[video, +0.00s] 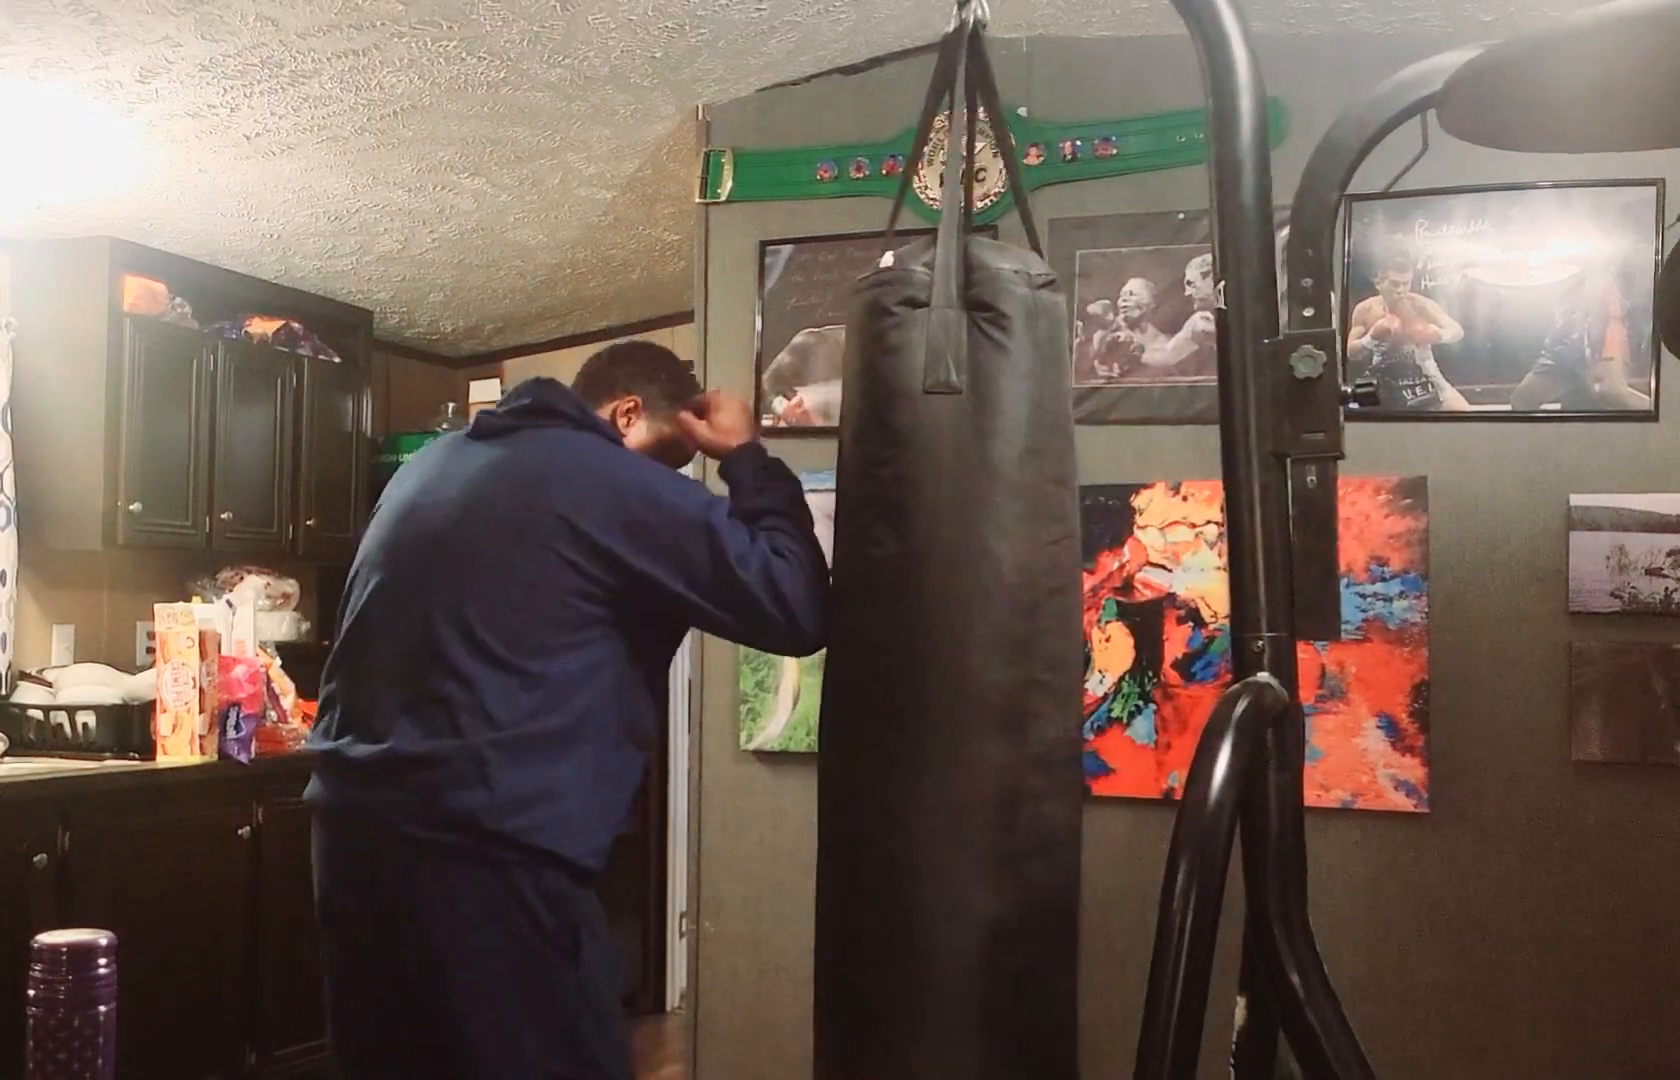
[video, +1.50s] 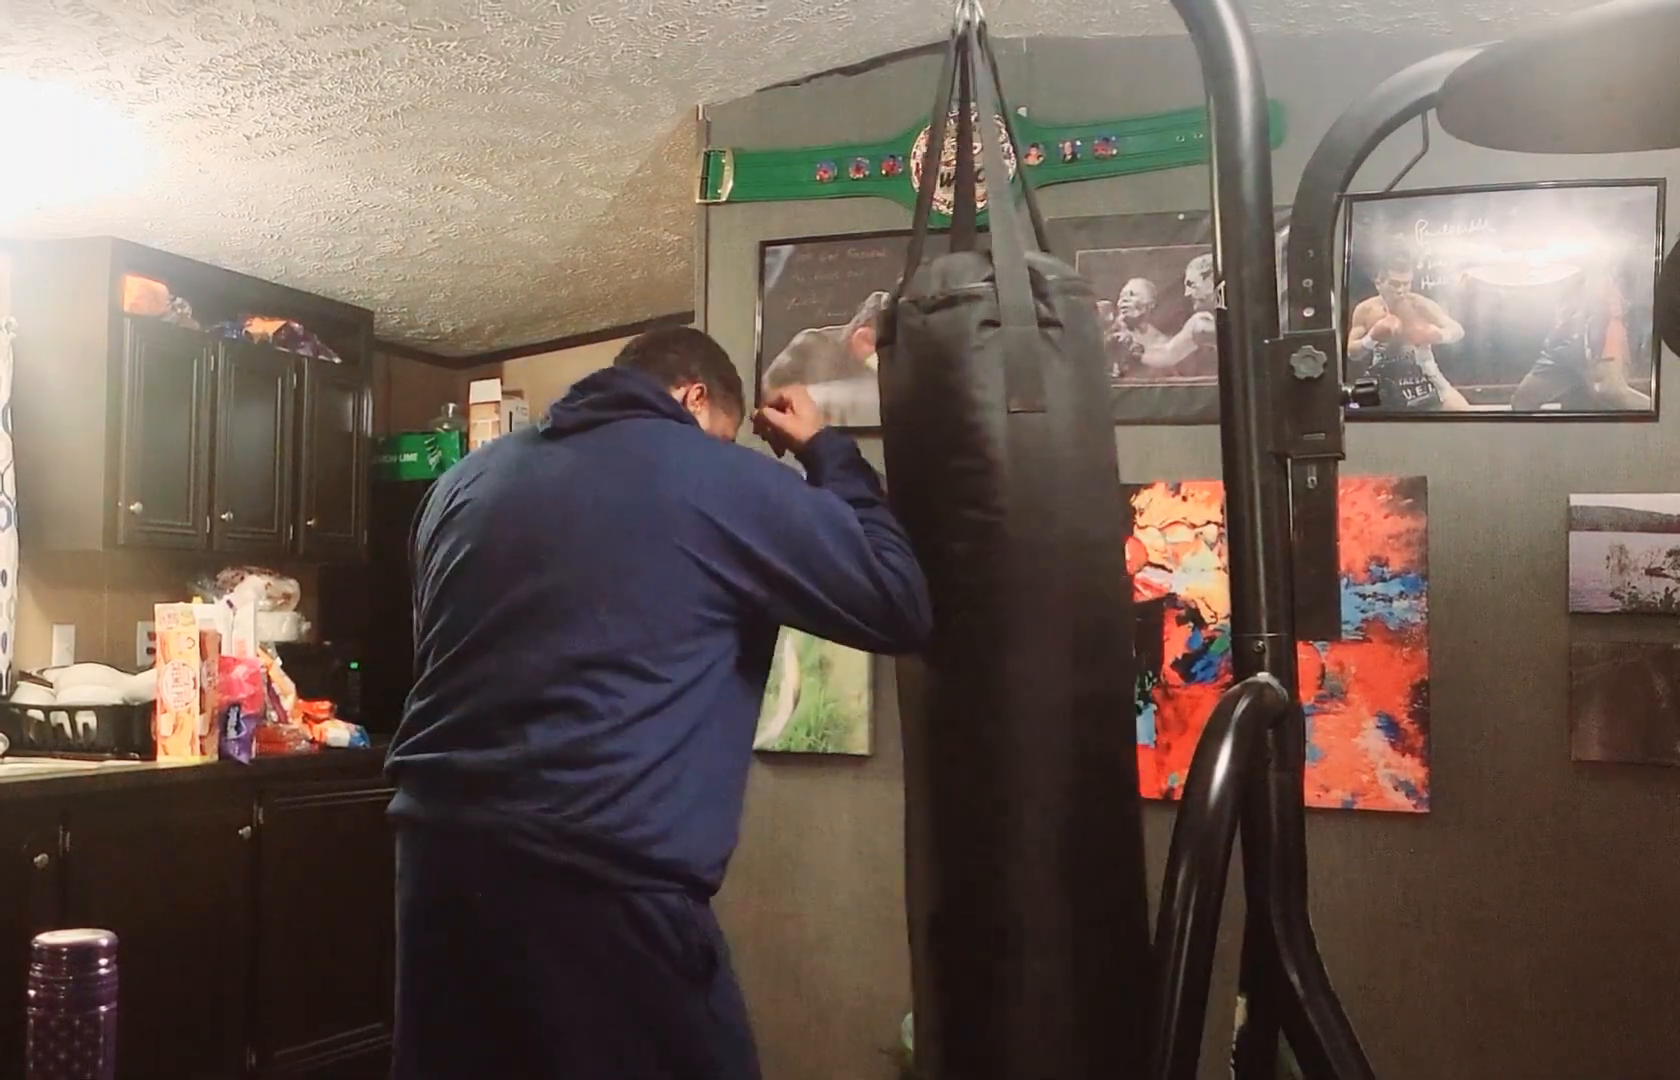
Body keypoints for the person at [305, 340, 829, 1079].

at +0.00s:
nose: (663, 476)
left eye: (673, 461)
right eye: (669, 455)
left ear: (581, 403)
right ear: (628, 414)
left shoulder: (431, 461)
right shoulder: (609, 481)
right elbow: (796, 605)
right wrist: (748, 455)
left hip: (351, 839)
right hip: (499, 857)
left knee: (385, 1064)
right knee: (559, 1061)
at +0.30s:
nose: (668, 455)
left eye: (675, 435)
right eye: (658, 431)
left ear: (588, 398)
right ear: (588, 398)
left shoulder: (481, 462)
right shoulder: (531, 478)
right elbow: (632, 673)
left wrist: (659, 514)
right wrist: (697, 516)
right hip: (473, 860)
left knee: (442, 1059)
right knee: (578, 1060)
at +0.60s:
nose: (740, 487)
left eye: (748, 465)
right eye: (725, 465)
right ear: (646, 435)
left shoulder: (715, 518)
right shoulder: (517, 532)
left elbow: (845, 628)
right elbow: (445, 748)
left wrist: (815, 473)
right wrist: (638, 685)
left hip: (614, 887)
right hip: (528, 898)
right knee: (649, 1065)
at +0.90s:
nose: (840, 441)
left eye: (848, 420)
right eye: (835, 416)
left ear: (761, 396)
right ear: (767, 397)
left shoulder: (633, 455)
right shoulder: (699, 484)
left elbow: (760, 620)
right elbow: (580, 673)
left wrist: (814, 498)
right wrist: (780, 723)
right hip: (598, 875)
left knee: (505, 1066)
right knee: (684, 1064)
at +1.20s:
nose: (795, 419)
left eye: (803, 401)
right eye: (797, 395)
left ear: (684, 355)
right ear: (752, 365)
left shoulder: (551, 443)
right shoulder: (709, 459)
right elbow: (860, 647)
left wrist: (785, 505)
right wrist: (852, 530)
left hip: (465, 833)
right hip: (617, 858)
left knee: (471, 1064)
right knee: (671, 1063)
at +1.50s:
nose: (726, 455)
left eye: (731, 440)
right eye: (729, 436)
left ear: (613, 386)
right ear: (693, 399)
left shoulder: (462, 481)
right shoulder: (716, 477)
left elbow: (444, 651)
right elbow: (900, 605)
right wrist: (826, 446)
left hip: (436, 864)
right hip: (611, 881)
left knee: (444, 1067)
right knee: (685, 1066)